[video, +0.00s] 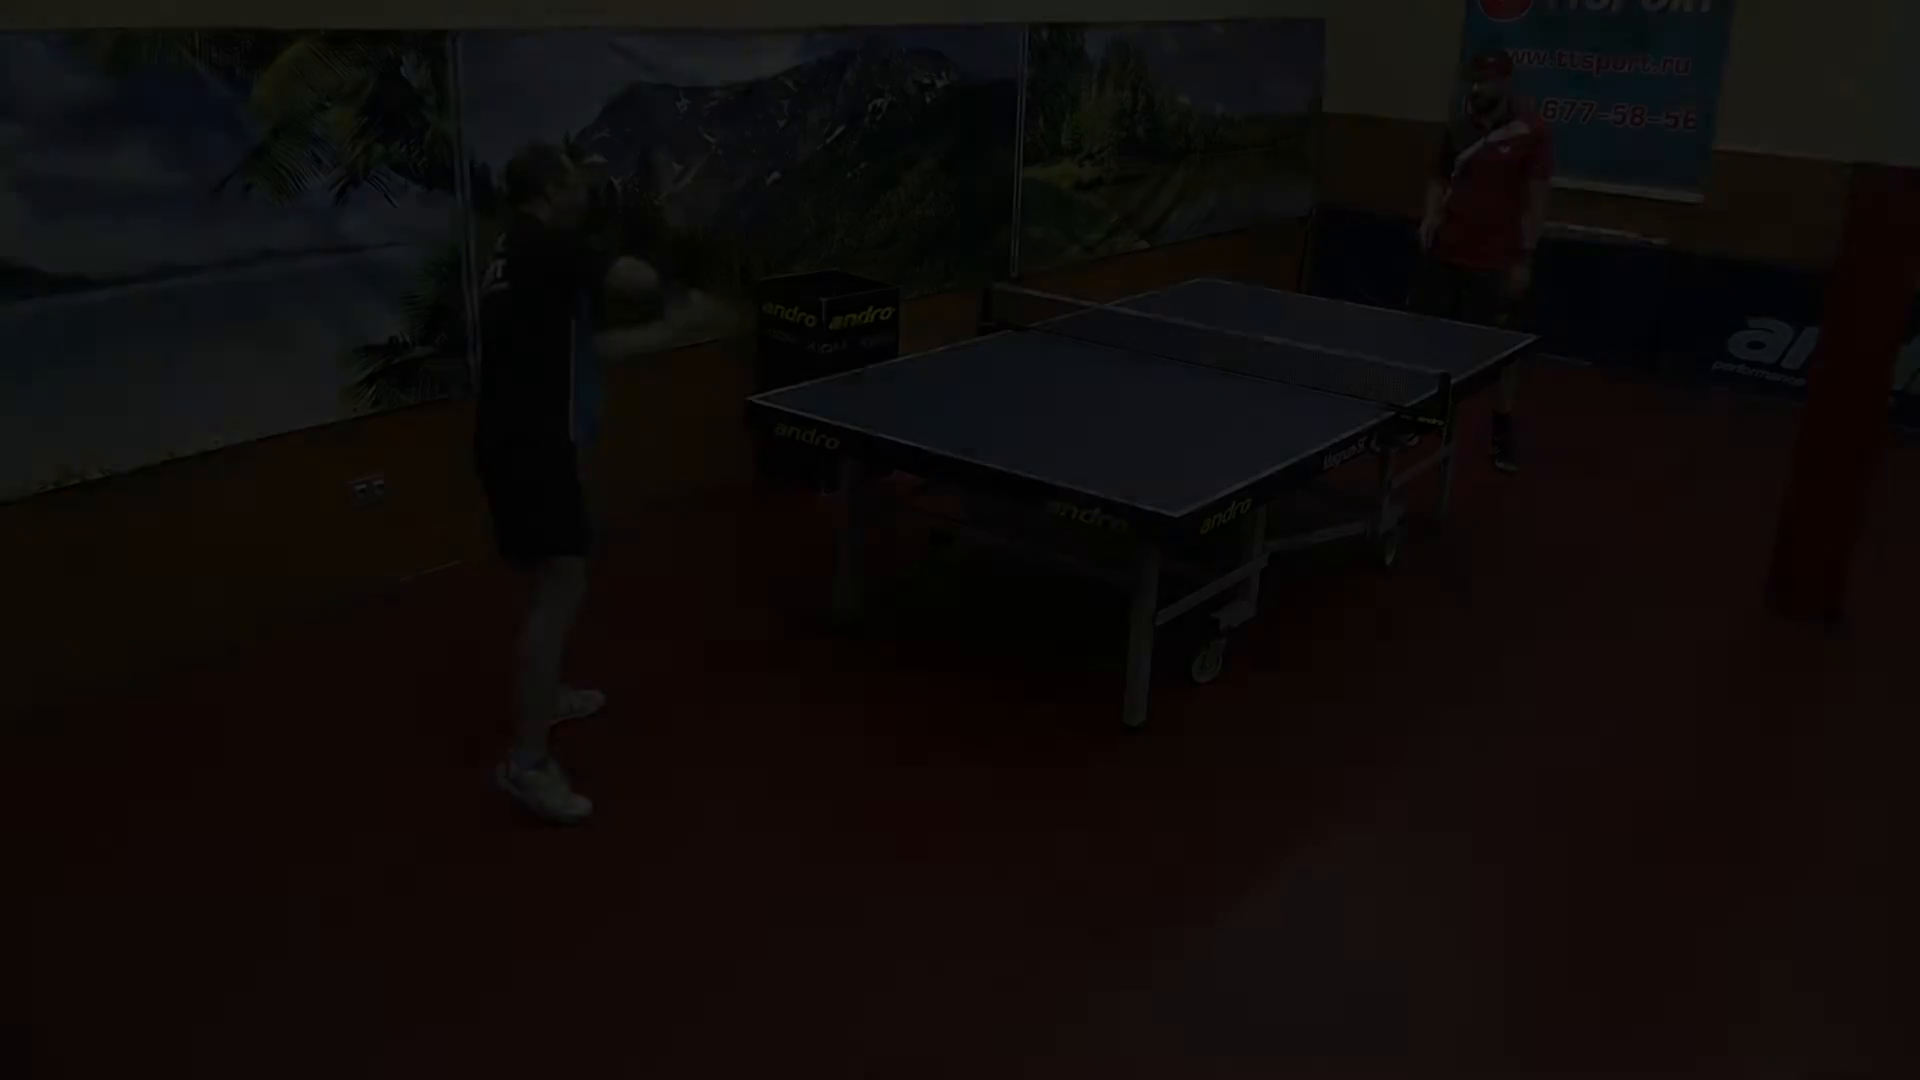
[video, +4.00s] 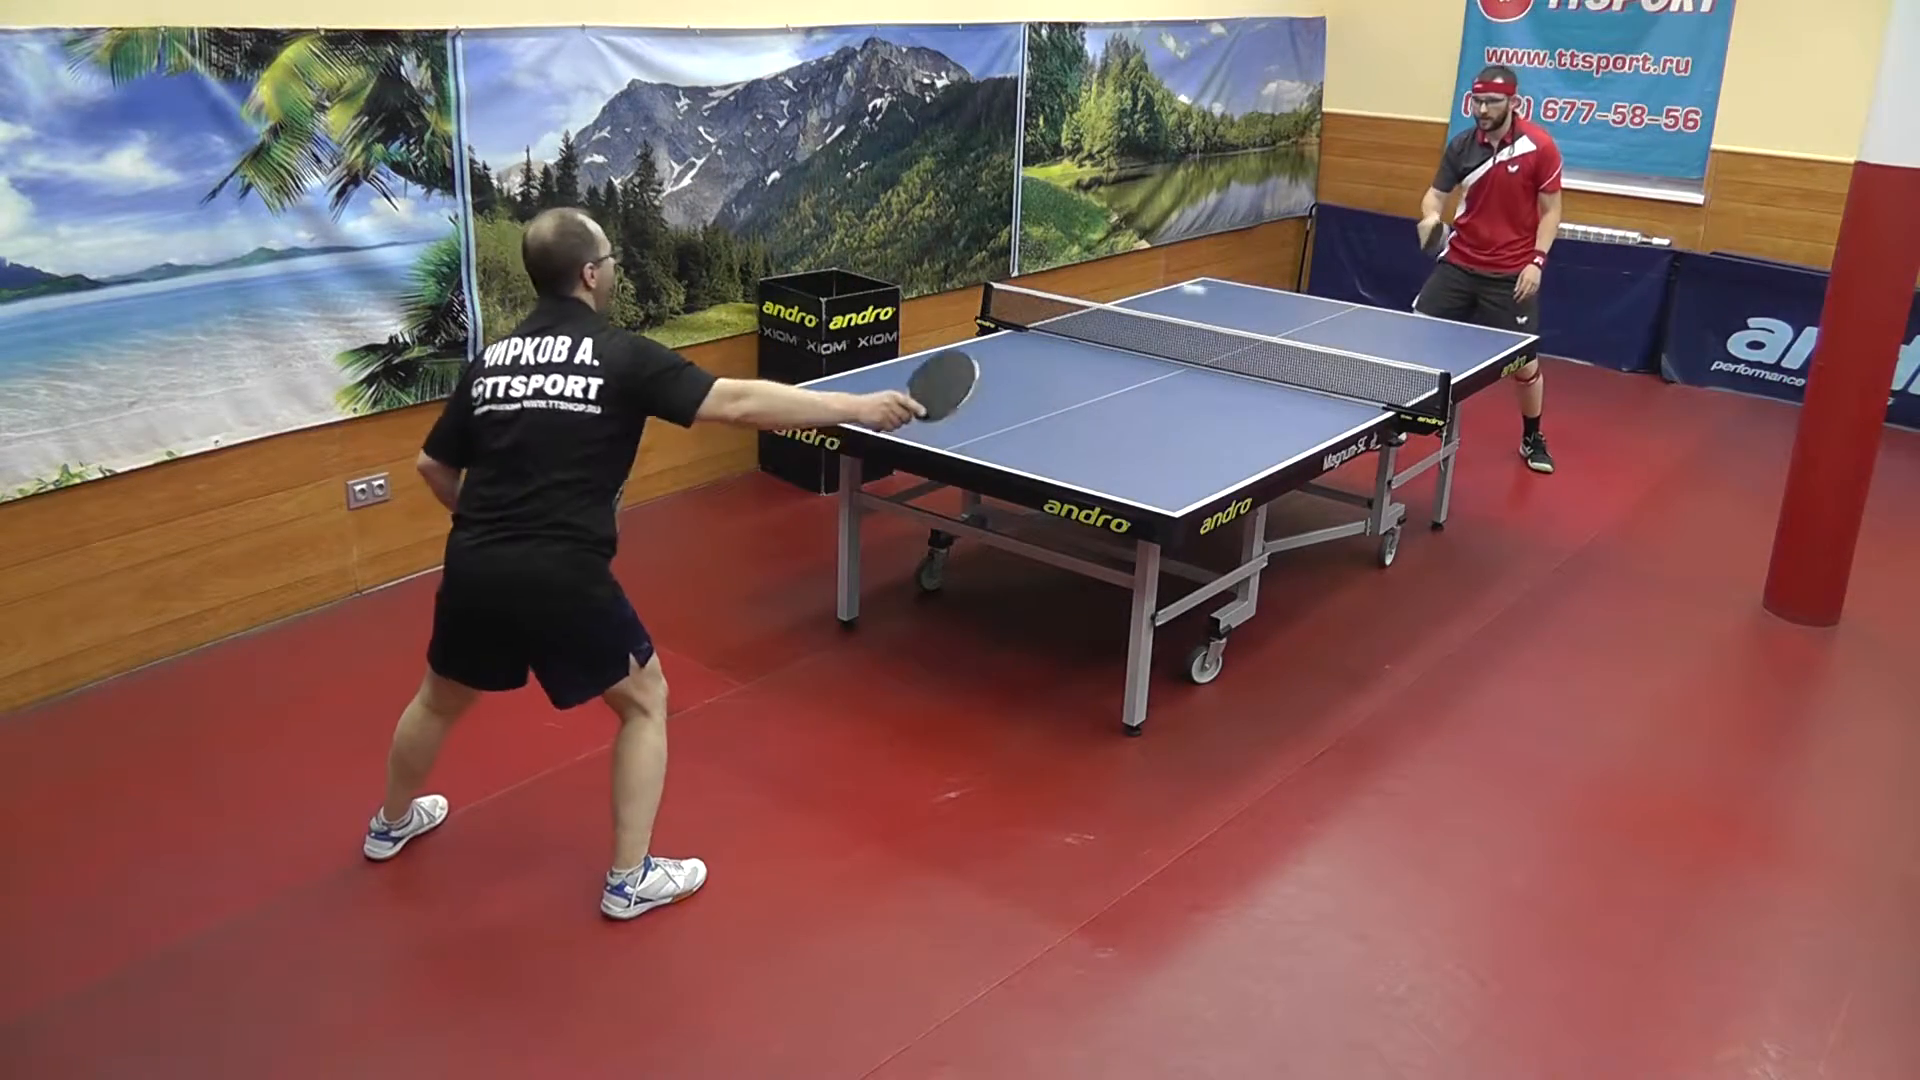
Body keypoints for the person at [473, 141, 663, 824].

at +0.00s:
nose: (582, 193)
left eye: (576, 182)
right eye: (572, 184)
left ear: (526, 197)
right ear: (550, 194)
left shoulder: (515, 253)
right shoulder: (550, 253)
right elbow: (636, 278)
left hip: (515, 438)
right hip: (535, 442)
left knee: (558, 570)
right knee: (560, 582)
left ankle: (544, 688)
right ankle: (527, 756)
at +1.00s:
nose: (577, 208)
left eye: (574, 197)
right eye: (571, 197)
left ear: (517, 208)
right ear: (547, 204)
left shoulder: (484, 273)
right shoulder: (544, 267)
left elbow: (493, 376)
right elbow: (601, 335)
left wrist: (561, 421)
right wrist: (711, 327)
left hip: (484, 461)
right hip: (529, 464)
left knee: (531, 592)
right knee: (575, 625)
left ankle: (543, 694)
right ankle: (529, 795)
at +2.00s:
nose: (758, 368)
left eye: (756, 356)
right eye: (747, 360)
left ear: (707, 368)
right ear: (701, 371)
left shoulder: (693, 384)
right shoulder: (626, 445)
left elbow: (734, 399)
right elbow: (569, 572)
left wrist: (783, 449)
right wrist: (571, 697)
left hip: (611, 556)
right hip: (596, 575)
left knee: (556, 627)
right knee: (703, 683)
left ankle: (496, 712)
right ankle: (701, 842)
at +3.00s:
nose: (637, 283)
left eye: (634, 270)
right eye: (631, 272)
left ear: (568, 283)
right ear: (603, 287)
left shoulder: (512, 342)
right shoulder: (586, 398)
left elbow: (512, 458)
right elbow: (614, 526)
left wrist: (588, 514)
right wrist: (674, 540)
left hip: (452, 558)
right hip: (523, 578)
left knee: (446, 689)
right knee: (634, 699)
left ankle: (388, 819)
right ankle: (684, 865)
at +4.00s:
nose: (612, 270)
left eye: (607, 258)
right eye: (606, 259)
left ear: (540, 275)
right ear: (588, 273)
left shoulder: (494, 357)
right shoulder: (622, 353)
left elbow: (435, 463)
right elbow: (732, 401)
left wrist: (483, 522)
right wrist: (856, 405)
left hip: (476, 567)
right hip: (564, 574)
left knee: (436, 700)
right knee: (643, 700)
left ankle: (388, 821)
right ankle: (630, 874)